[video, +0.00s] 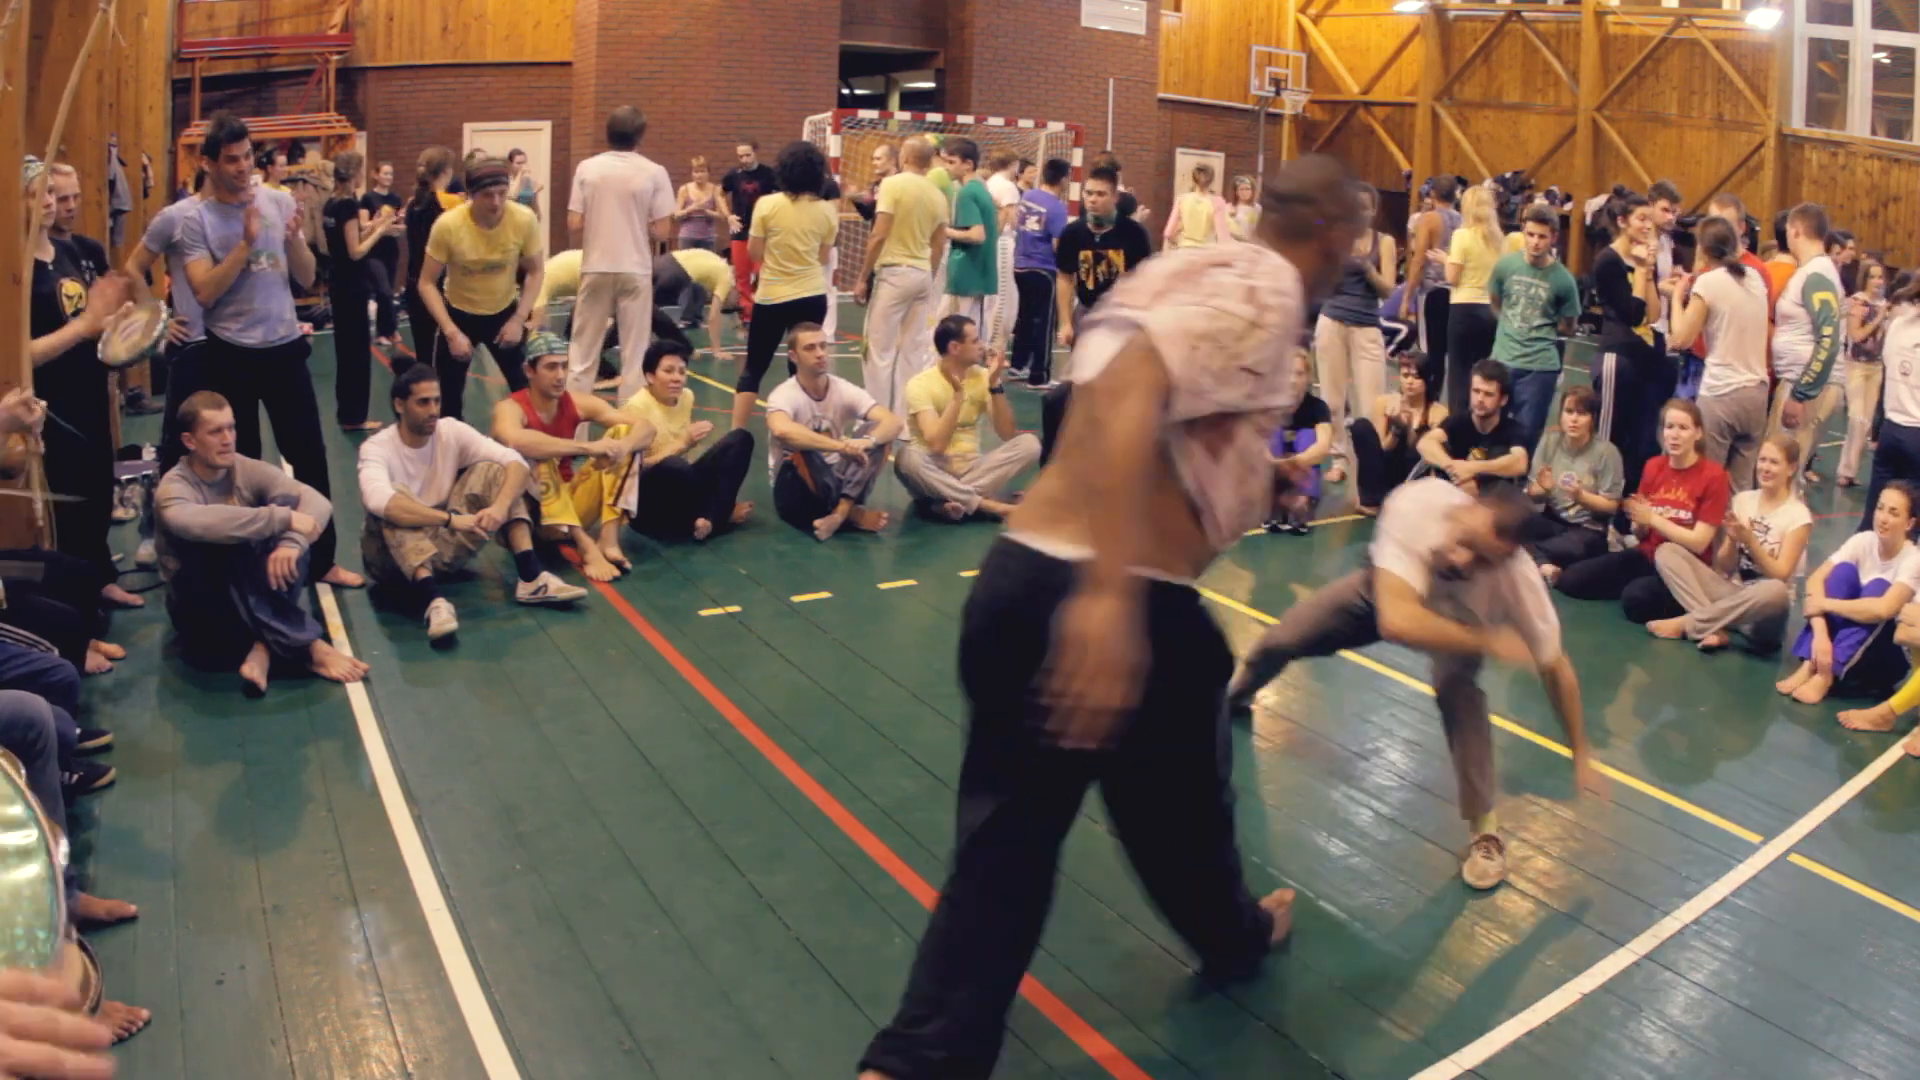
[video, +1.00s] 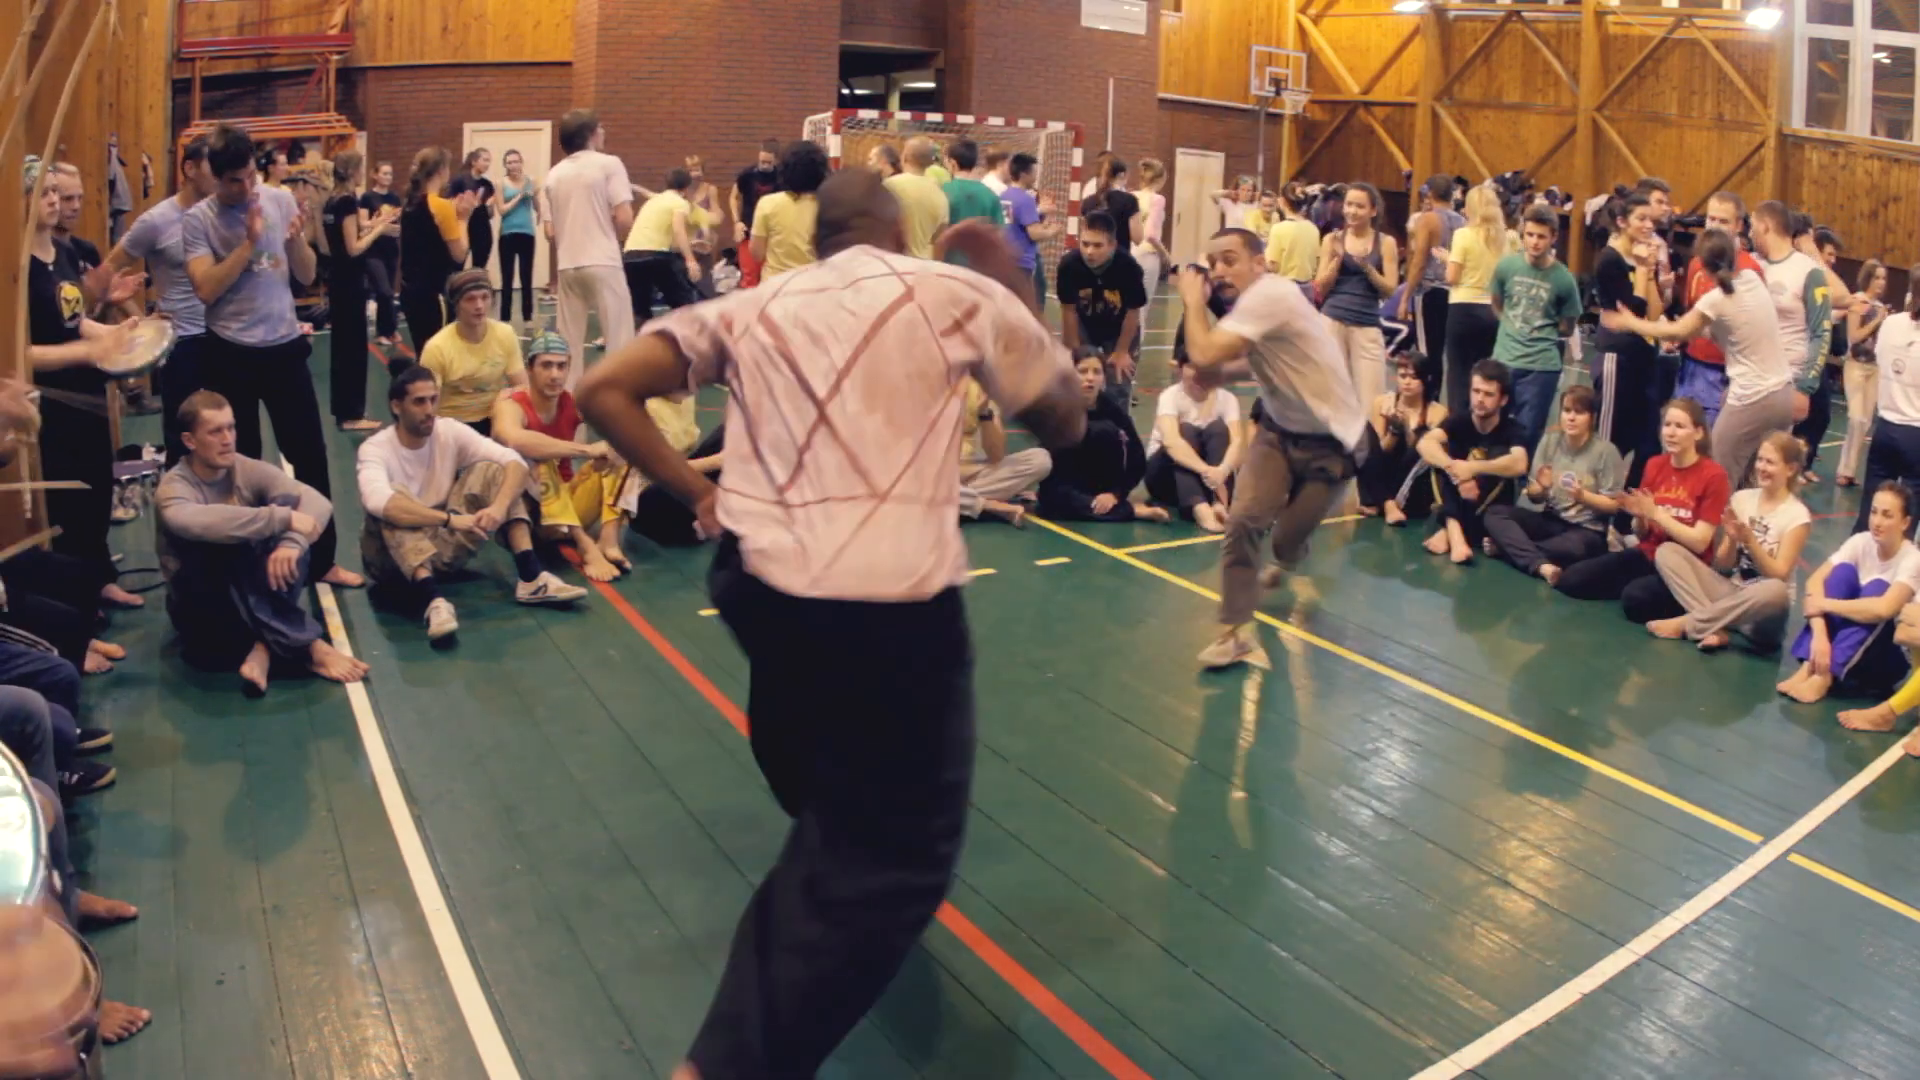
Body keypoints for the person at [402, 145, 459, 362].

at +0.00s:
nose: (453, 172)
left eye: (452, 167)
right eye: (451, 167)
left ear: (423, 168)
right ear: (445, 170)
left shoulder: (413, 203)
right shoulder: (449, 204)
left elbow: (409, 249)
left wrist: (402, 281)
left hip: (414, 283)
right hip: (436, 284)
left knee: (424, 350)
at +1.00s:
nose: (449, 173)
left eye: (449, 168)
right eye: (448, 167)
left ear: (422, 169)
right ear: (441, 171)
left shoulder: (410, 204)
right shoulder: (441, 206)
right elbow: (459, 253)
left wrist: (454, 213)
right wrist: (463, 219)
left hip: (410, 287)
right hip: (433, 290)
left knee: (423, 354)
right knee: (437, 354)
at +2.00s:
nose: (455, 172)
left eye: (455, 167)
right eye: (454, 167)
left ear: (427, 168)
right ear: (449, 169)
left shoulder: (417, 203)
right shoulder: (452, 201)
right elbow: (473, 245)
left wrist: (462, 207)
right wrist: (473, 211)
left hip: (420, 282)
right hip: (447, 284)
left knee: (428, 347)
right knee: (447, 346)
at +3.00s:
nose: (478, 168)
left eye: (478, 162)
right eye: (476, 163)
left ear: (448, 166)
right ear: (469, 168)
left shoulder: (432, 201)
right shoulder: (473, 201)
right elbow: (490, 245)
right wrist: (493, 211)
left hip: (437, 282)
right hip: (467, 284)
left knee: (439, 346)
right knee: (465, 346)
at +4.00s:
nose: (486, 168)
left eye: (486, 163)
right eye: (484, 163)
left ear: (457, 165)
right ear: (477, 168)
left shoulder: (440, 200)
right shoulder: (485, 201)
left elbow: (446, 238)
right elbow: (498, 245)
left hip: (446, 280)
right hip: (476, 281)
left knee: (445, 337)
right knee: (475, 337)